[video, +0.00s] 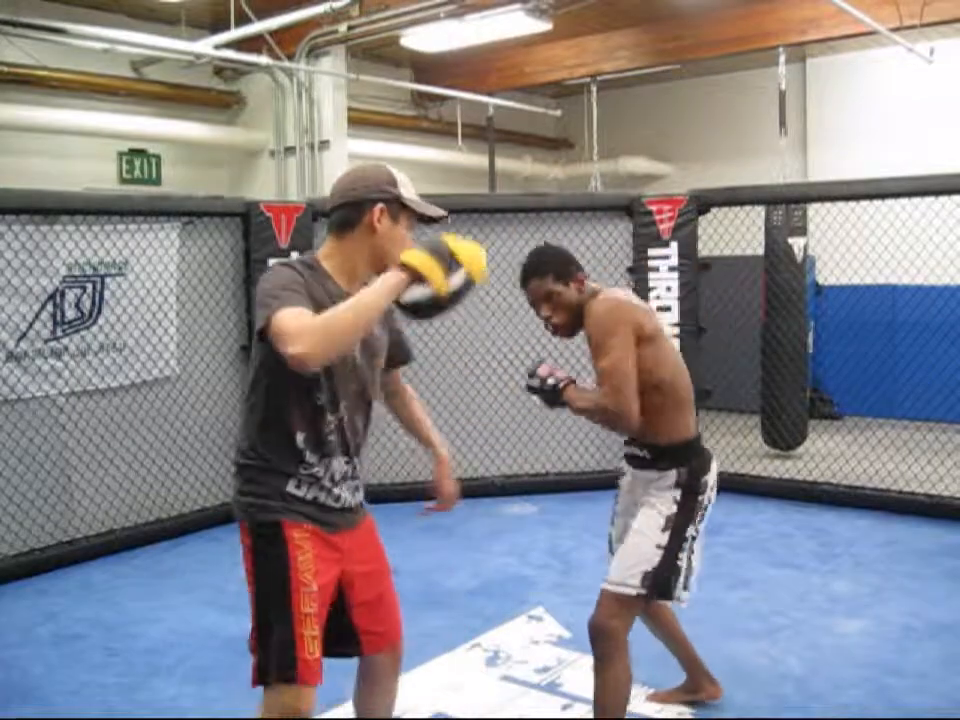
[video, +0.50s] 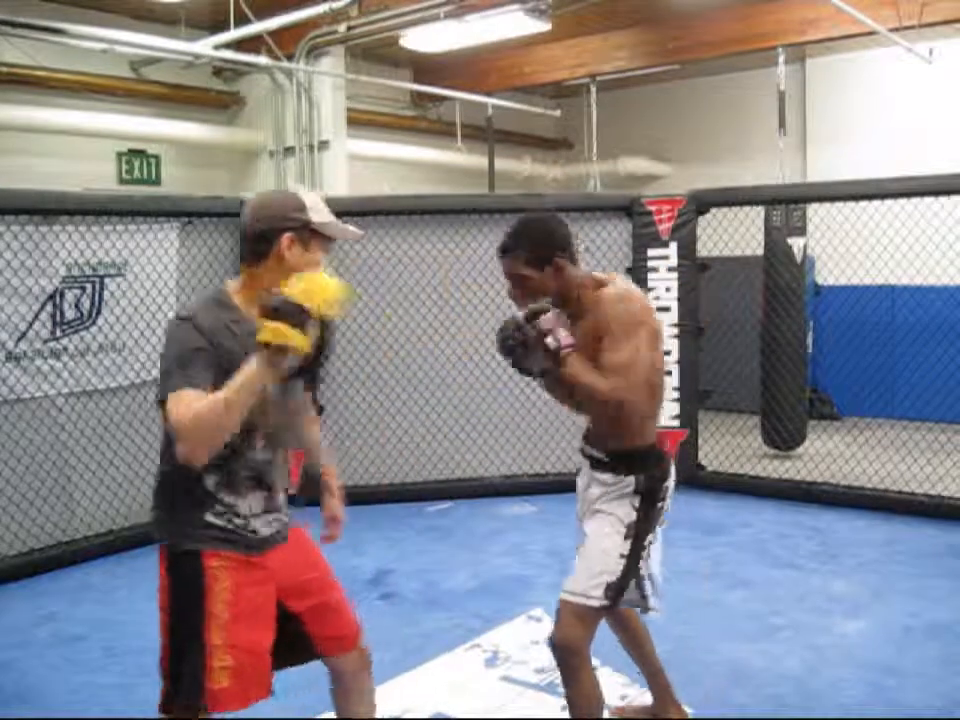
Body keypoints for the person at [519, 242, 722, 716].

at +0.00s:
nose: (544, 315)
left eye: (548, 301)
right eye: (536, 307)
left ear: (577, 282)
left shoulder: (609, 311)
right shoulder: (599, 310)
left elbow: (626, 416)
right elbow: (621, 400)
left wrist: (569, 396)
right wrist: (570, 389)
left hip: (676, 475)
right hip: (641, 469)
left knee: (607, 627)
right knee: (636, 588)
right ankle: (700, 680)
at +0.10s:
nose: (532, 291)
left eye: (537, 276)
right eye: (523, 282)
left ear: (569, 261)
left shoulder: (616, 283)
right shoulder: (579, 320)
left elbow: (649, 351)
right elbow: (626, 404)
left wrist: (575, 353)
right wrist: (569, 426)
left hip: (665, 465)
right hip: (623, 462)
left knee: (611, 634)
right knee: (638, 590)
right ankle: (697, 679)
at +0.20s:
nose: (532, 272)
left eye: (538, 256)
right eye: (523, 263)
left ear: (570, 243)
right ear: (521, 267)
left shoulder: (625, 259)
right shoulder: (548, 321)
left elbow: (694, 303)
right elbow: (570, 419)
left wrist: (599, 308)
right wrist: (517, 405)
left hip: (660, 455)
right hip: (614, 456)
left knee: (611, 634)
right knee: (639, 587)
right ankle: (694, 683)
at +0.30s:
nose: (526, 271)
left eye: (530, 254)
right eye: (516, 262)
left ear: (564, 237)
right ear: (517, 267)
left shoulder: (626, 258)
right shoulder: (548, 309)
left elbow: (691, 320)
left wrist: (602, 307)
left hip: (655, 455)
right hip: (609, 455)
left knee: (610, 633)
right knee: (640, 598)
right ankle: (682, 692)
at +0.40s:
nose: (520, 277)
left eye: (526, 263)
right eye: (514, 266)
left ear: (561, 245)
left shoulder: (628, 273)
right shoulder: (552, 302)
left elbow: (683, 350)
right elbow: (570, 398)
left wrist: (597, 326)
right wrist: (530, 376)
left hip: (645, 460)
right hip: (600, 456)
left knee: (591, 633)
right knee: (628, 600)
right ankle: (668, 702)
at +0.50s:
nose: (514, 294)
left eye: (520, 281)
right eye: (509, 282)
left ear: (558, 267)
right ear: (556, 267)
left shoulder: (623, 307)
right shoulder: (569, 309)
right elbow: (582, 399)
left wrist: (561, 354)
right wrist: (541, 365)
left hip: (633, 481)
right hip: (596, 470)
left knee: (568, 641)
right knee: (611, 601)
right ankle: (667, 703)